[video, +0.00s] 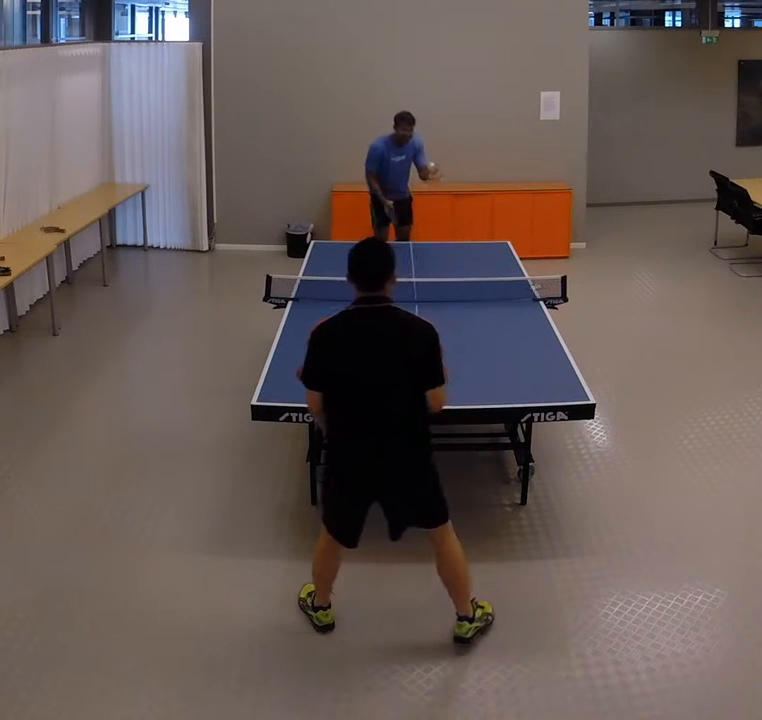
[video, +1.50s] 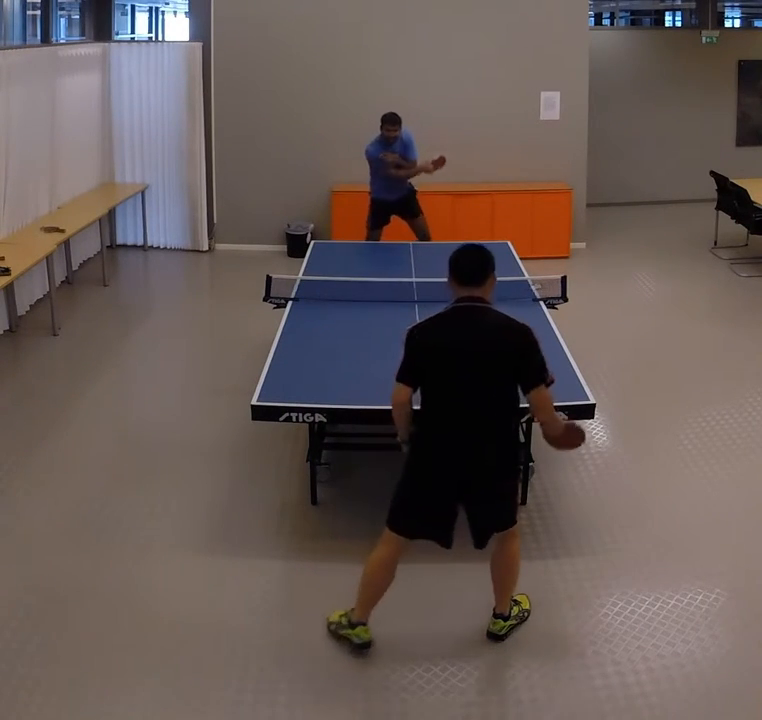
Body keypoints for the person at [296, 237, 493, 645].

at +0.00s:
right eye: (391, 271)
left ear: (349, 278)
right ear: (392, 277)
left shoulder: (326, 333)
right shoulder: (419, 331)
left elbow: (315, 403)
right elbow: (436, 400)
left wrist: (340, 426)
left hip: (349, 454)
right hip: (408, 453)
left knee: (334, 533)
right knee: (441, 532)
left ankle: (320, 604)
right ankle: (467, 615)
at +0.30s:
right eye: (426, 283)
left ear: (387, 290)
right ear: (429, 290)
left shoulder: (363, 346)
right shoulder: (454, 347)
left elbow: (348, 417)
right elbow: (474, 415)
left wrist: (357, 445)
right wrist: (442, 404)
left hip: (376, 464)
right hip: (434, 466)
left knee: (345, 529)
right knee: (474, 536)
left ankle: (322, 605)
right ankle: (502, 613)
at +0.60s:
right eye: (449, 284)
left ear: (408, 290)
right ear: (450, 290)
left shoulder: (382, 347)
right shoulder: (473, 348)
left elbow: (376, 420)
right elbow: (495, 415)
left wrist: (395, 448)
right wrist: (491, 388)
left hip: (396, 467)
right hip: (455, 467)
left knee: (355, 545)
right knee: (486, 538)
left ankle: (324, 620)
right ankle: (502, 615)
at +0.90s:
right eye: (440, 286)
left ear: (401, 292)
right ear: (443, 292)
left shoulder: (375, 348)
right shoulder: (466, 349)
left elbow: (367, 421)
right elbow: (489, 417)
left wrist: (383, 449)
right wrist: (484, 389)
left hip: (391, 468)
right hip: (449, 468)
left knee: (352, 543)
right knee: (481, 540)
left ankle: (323, 621)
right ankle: (502, 616)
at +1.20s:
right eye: (454, 285)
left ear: (411, 292)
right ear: (455, 291)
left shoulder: (384, 347)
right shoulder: (476, 348)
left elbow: (371, 420)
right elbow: (492, 410)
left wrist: (389, 448)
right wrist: (495, 386)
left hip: (392, 467)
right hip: (451, 468)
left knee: (352, 543)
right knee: (483, 540)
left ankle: (323, 620)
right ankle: (502, 615)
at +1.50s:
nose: (490, 283)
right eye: (494, 277)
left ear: (450, 282)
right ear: (493, 281)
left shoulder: (424, 332)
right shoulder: (515, 334)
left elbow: (400, 399)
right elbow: (544, 409)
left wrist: (407, 438)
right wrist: (558, 431)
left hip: (434, 454)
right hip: (492, 458)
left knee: (393, 539)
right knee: (505, 532)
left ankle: (357, 620)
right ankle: (502, 613)